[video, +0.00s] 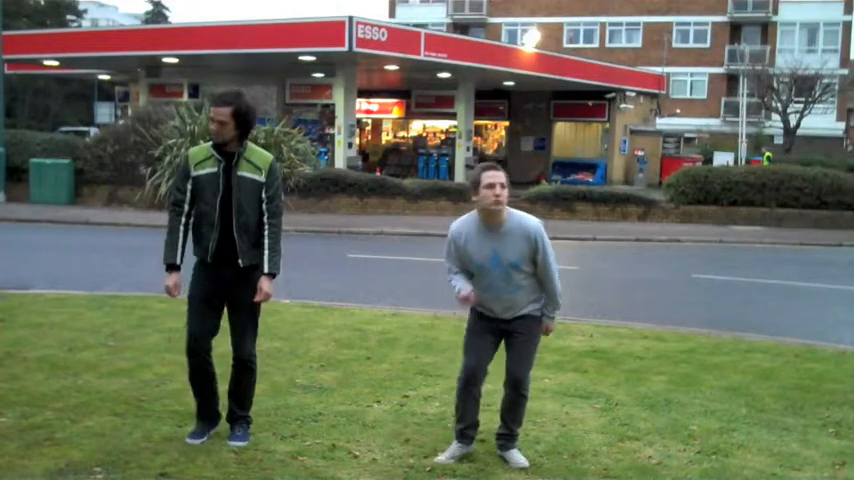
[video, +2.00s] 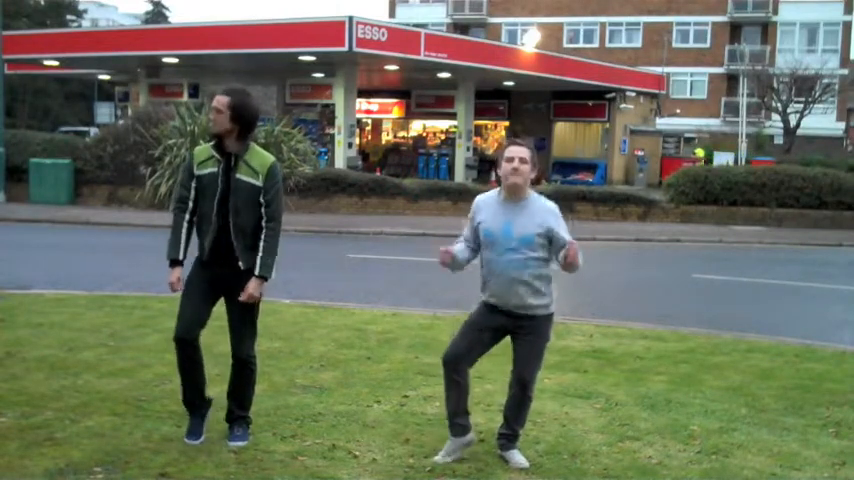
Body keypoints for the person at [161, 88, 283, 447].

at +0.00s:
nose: (213, 127)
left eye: (221, 122)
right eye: (211, 120)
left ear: (241, 125)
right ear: (210, 120)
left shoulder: (265, 166)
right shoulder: (194, 160)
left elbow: (273, 222)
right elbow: (178, 214)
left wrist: (268, 273)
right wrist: (172, 267)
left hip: (247, 273)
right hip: (206, 269)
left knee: (244, 352)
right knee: (196, 345)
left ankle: (240, 420)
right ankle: (207, 417)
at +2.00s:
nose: (211, 116)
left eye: (218, 112)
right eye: (211, 110)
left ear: (238, 119)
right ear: (216, 117)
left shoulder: (266, 166)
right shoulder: (198, 157)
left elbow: (272, 226)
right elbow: (182, 211)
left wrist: (260, 276)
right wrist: (176, 262)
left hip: (244, 272)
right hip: (205, 267)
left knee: (243, 352)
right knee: (184, 335)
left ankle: (239, 420)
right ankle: (196, 408)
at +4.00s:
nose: (242, 116)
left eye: (245, 110)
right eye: (234, 110)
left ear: (248, 115)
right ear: (214, 115)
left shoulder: (260, 158)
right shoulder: (188, 156)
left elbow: (266, 214)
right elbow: (168, 211)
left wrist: (262, 264)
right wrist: (174, 263)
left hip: (245, 268)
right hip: (205, 267)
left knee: (243, 348)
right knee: (206, 347)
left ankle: (240, 420)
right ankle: (205, 418)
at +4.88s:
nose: (218, 130)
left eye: (226, 124)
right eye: (215, 123)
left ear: (243, 128)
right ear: (211, 125)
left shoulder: (264, 167)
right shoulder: (196, 162)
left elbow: (275, 212)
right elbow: (182, 206)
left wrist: (257, 216)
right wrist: (188, 210)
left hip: (242, 269)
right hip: (203, 267)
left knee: (243, 349)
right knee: (193, 343)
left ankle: (242, 422)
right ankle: (183, 418)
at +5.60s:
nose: (180, 136)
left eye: (187, 130)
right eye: (177, 130)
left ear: (205, 131)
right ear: (173, 131)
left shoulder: (230, 159)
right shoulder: (171, 169)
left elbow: (271, 193)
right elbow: (154, 221)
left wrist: (229, 195)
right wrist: (147, 207)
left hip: (235, 261)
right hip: (199, 263)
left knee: (231, 342)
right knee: (197, 342)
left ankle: (229, 425)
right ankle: (201, 418)